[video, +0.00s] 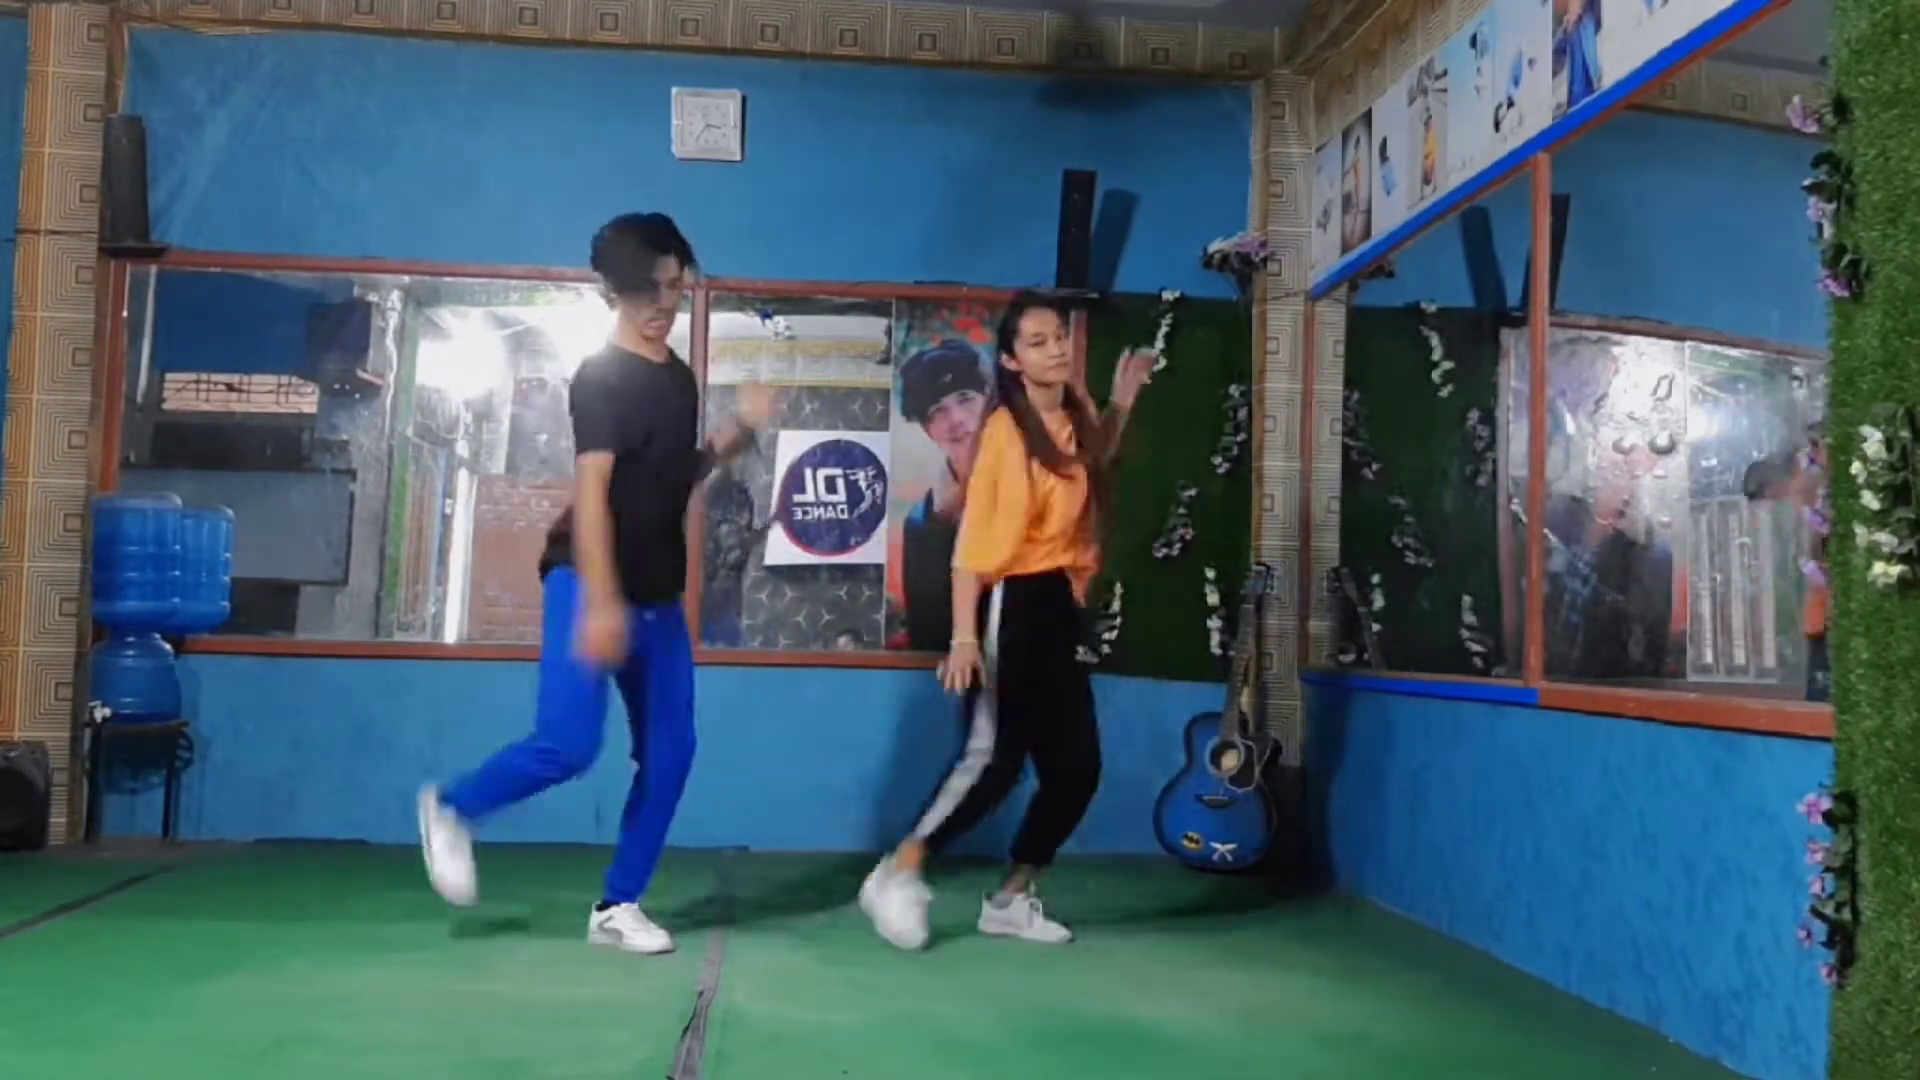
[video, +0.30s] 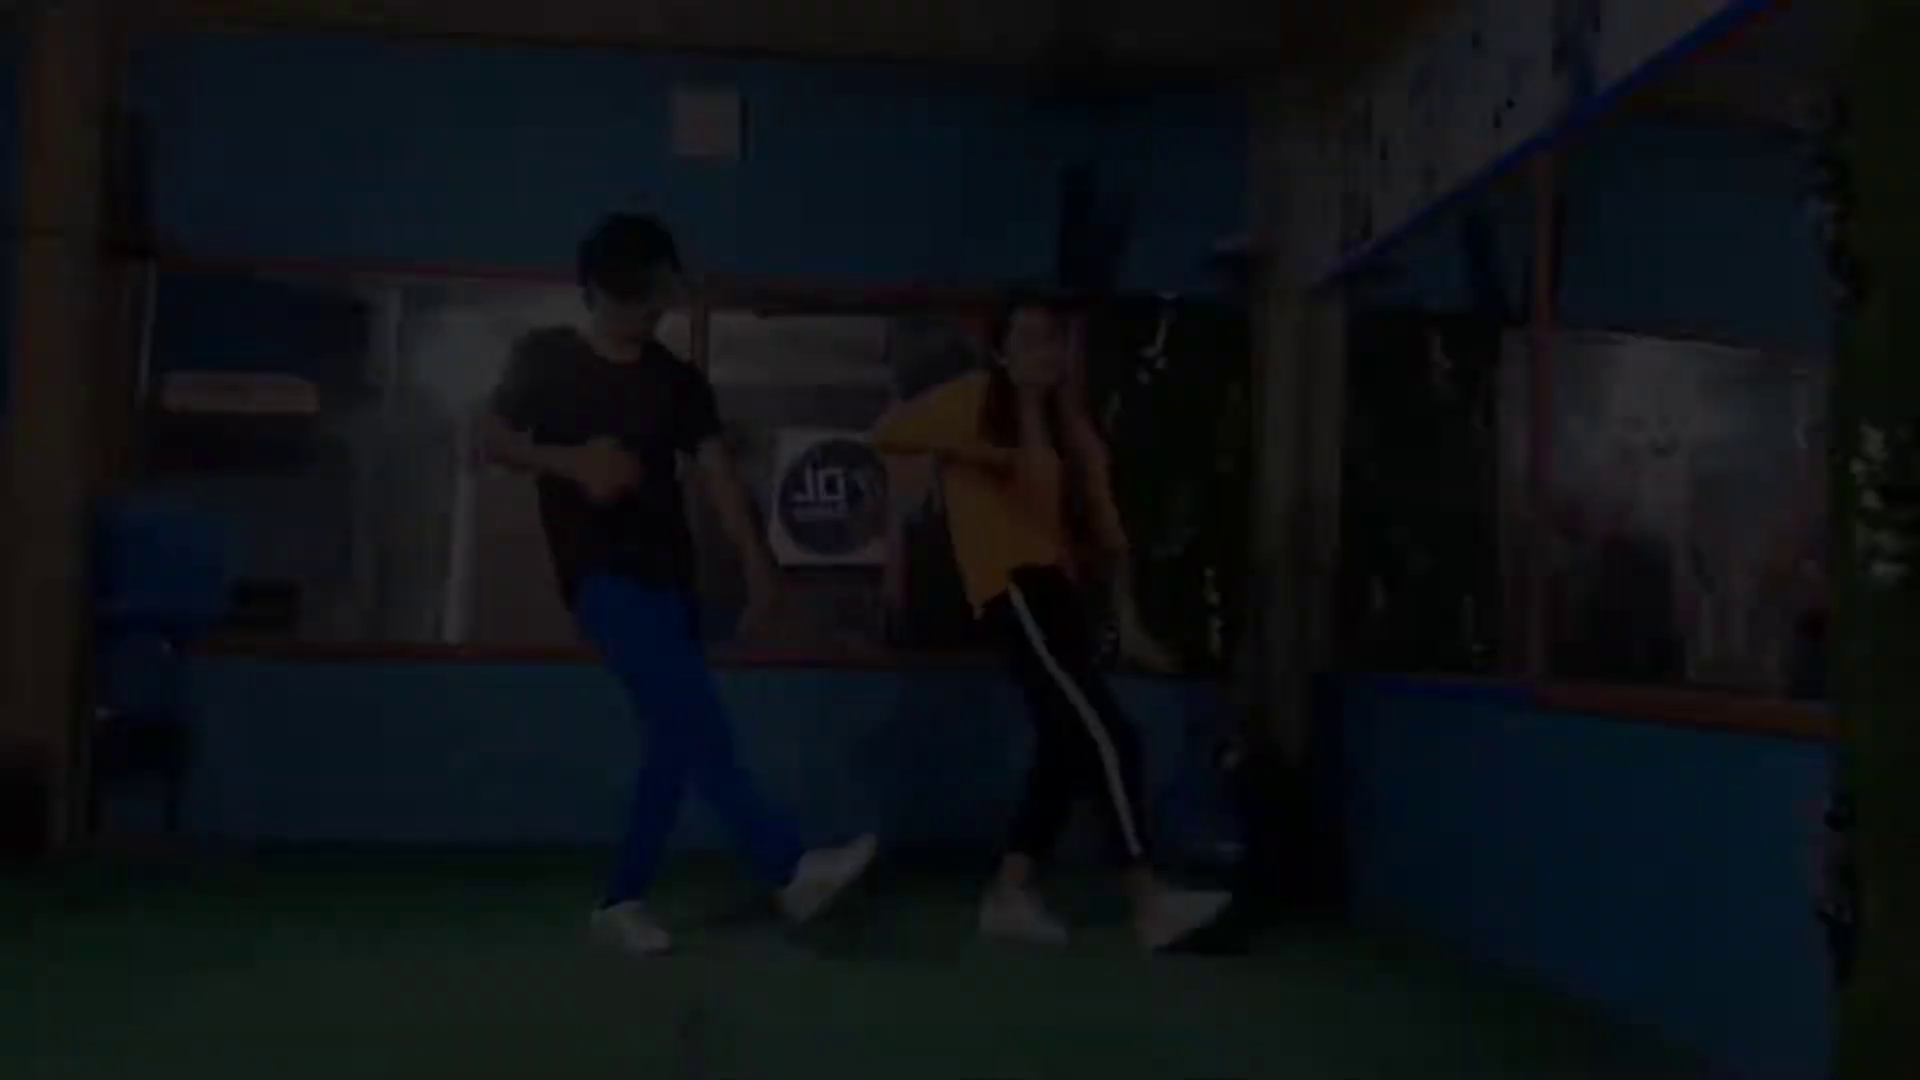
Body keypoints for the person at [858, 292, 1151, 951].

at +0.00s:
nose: (1053, 351)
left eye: (1058, 339)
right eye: (1036, 343)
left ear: (1071, 346)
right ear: (1011, 359)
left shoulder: (1072, 412)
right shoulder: (1005, 429)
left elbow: (1092, 465)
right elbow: (973, 539)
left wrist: (1122, 406)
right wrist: (964, 636)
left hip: (1054, 601)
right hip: (1006, 602)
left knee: (1076, 765)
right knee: (995, 757)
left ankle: (1013, 898)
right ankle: (898, 873)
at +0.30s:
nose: (1039, 354)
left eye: (1050, 340)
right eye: (1027, 340)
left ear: (1066, 349)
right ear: (1003, 345)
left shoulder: (1064, 420)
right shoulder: (978, 397)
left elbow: (1106, 530)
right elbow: (885, 439)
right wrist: (972, 455)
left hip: (1061, 586)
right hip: (1006, 586)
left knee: (1061, 740)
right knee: (1100, 729)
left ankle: (1011, 892)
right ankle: (1149, 898)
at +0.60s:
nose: (1036, 354)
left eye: (1047, 340)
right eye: (1024, 341)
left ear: (1065, 352)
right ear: (1004, 353)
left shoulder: (1075, 427)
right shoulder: (988, 425)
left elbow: (1113, 488)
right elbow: (951, 531)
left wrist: (1111, 399)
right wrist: (913, 621)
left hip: (1053, 598)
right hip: (990, 593)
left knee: (1079, 750)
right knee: (952, 735)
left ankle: (1020, 891)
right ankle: (897, 882)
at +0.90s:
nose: (992, 339)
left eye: (1005, 329)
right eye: (981, 325)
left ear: (1019, 341)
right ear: (957, 333)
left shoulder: (1044, 407)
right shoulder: (924, 413)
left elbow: (1065, 517)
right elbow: (907, 515)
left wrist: (1071, 610)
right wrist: (856, 443)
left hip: (1029, 591)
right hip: (951, 588)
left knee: (1061, 748)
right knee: (922, 743)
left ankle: (1026, 890)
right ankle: (894, 892)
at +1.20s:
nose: (998, 356)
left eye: (1012, 346)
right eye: (988, 340)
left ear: (1024, 353)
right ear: (962, 337)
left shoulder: (1045, 417)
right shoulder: (922, 407)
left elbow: (1076, 506)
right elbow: (865, 476)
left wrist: (1043, 542)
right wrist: (885, 528)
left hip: (1011, 597)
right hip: (934, 589)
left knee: (996, 746)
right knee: (907, 744)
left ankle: (1011, 887)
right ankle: (901, 893)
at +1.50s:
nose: (1007, 346)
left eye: (1022, 340)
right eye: (1001, 329)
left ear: (1032, 350)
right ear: (974, 324)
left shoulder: (1038, 412)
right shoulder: (921, 392)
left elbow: (1086, 512)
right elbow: (857, 479)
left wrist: (1020, 478)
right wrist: (898, 467)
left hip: (992, 589)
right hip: (919, 581)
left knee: (978, 749)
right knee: (903, 744)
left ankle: (999, 883)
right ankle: (898, 891)